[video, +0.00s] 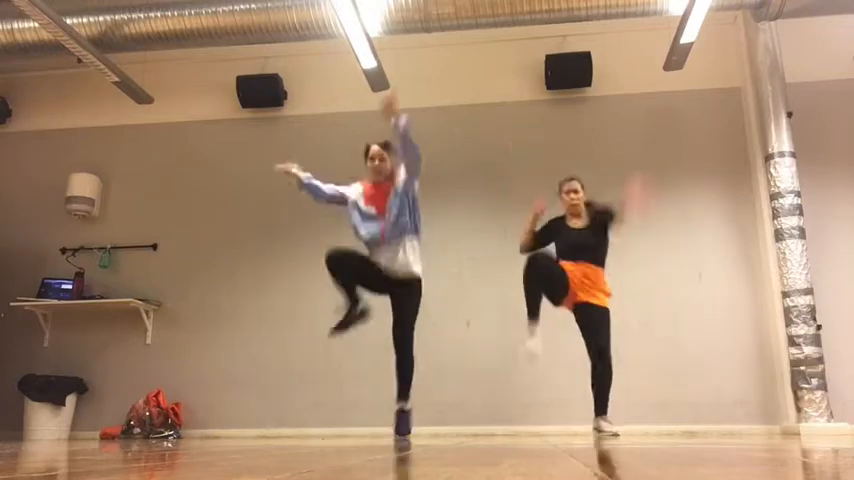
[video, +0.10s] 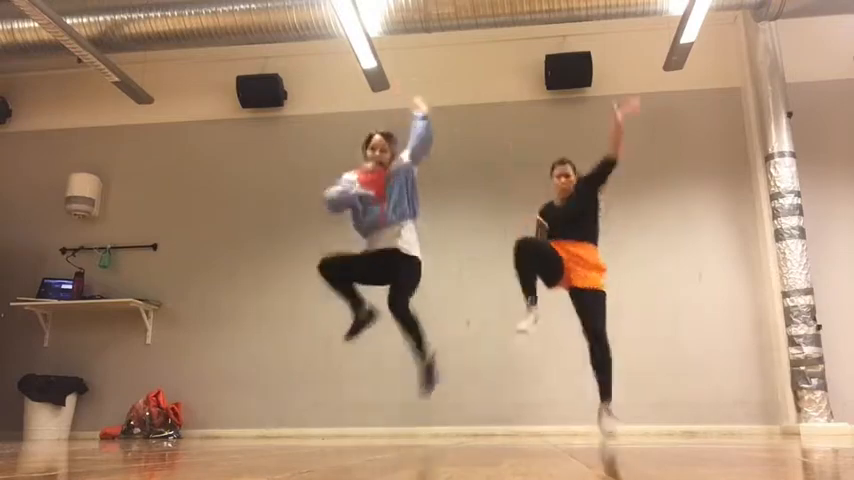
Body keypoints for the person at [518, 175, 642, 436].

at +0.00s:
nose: (573, 196)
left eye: (576, 191)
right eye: (568, 192)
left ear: (584, 195)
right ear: (561, 198)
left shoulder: (599, 216)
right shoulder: (557, 225)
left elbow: (620, 216)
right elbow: (526, 247)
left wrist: (631, 200)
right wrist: (534, 219)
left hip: (592, 292)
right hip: (563, 285)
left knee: (601, 355)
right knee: (536, 261)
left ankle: (601, 418)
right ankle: (533, 329)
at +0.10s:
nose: (563, 179)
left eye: (567, 175)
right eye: (559, 176)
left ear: (575, 177)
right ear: (552, 181)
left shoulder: (587, 188)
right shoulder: (547, 211)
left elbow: (611, 160)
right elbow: (541, 246)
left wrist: (618, 123)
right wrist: (534, 250)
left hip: (586, 269)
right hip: (557, 265)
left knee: (597, 336)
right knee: (524, 247)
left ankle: (606, 406)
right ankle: (531, 307)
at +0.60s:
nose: (546, 206)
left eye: (549, 200)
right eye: (542, 203)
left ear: (562, 196)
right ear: (539, 206)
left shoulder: (584, 219)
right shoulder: (542, 221)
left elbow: (603, 207)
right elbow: (519, 188)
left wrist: (573, 186)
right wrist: (544, 167)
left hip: (578, 291)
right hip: (544, 290)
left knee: (597, 350)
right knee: (524, 349)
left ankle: (615, 417)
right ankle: (516, 411)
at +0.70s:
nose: (535, 218)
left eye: (537, 212)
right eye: (532, 214)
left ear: (551, 203)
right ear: (537, 212)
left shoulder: (579, 205)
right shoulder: (548, 221)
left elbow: (592, 173)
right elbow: (522, 203)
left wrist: (578, 139)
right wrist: (524, 171)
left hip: (584, 286)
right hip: (554, 284)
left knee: (604, 347)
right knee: (507, 307)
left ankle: (621, 414)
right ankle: (518, 367)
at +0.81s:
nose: (528, 223)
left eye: (531, 216)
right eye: (527, 219)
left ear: (548, 211)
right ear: (539, 217)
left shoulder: (573, 213)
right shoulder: (545, 238)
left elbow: (589, 190)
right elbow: (517, 243)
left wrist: (594, 157)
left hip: (591, 293)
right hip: (563, 291)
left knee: (606, 352)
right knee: (511, 280)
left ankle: (622, 415)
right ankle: (533, 336)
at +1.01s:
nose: (525, 220)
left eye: (528, 213)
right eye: (523, 215)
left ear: (544, 210)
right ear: (538, 214)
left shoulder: (572, 228)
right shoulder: (544, 245)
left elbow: (605, 254)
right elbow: (558, 284)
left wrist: (635, 274)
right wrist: (565, 319)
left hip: (585, 298)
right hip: (556, 303)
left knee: (597, 356)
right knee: (530, 356)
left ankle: (627, 417)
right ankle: (552, 413)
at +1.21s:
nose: (545, 209)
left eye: (549, 204)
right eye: (540, 205)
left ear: (558, 204)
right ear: (532, 208)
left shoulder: (572, 221)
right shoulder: (529, 220)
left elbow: (613, 228)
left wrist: (654, 230)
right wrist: (482, 191)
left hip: (580, 283)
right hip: (550, 290)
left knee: (594, 315)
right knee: (543, 353)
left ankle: (614, 381)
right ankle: (552, 414)